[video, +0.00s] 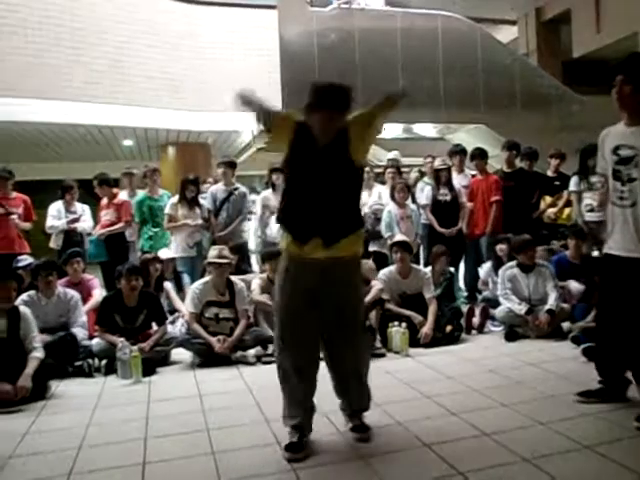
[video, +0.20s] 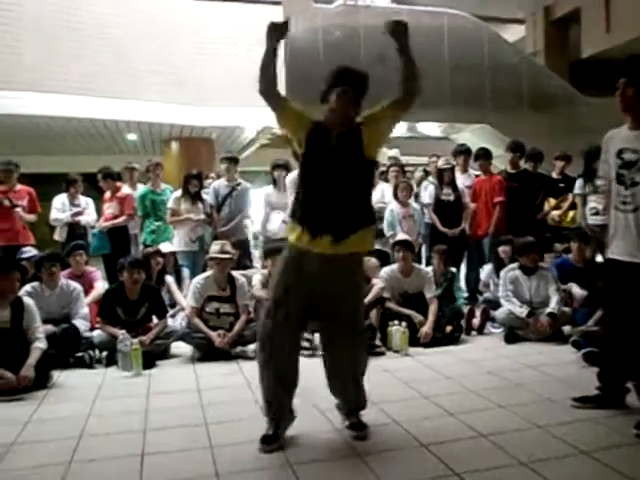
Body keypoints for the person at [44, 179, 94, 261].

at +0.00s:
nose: (73, 196)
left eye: (75, 193)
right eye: (70, 194)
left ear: (78, 194)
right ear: (64, 195)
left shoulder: (84, 208)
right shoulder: (55, 207)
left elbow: (89, 226)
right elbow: (49, 226)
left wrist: (76, 227)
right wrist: (66, 223)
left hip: (79, 239)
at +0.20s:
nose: (77, 190)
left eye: (78, 187)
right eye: (74, 187)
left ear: (81, 188)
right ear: (68, 188)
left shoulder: (88, 201)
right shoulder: (59, 199)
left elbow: (93, 219)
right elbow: (53, 219)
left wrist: (79, 220)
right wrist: (70, 216)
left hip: (82, 231)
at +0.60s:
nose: (61, 186)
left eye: (62, 183)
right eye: (57, 183)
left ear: (65, 183)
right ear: (51, 184)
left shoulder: (71, 197)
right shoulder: (42, 196)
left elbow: (76, 215)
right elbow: (36, 215)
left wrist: (62, 216)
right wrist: (54, 213)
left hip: (66, 229)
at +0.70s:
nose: (56, 187)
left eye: (58, 184)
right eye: (53, 185)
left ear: (60, 184)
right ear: (47, 185)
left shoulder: (67, 195)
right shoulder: (38, 194)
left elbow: (71, 215)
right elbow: (32, 216)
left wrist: (59, 218)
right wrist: (48, 215)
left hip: (62, 229)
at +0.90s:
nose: (54, 168)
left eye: (56, 165)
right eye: (51, 165)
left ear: (58, 165)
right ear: (45, 166)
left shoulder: (65, 177)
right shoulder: (36, 176)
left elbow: (70, 196)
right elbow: (30, 197)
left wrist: (58, 198)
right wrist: (47, 196)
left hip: (61, 209)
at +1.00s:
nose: (54, 167)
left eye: (56, 164)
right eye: (51, 164)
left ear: (58, 165)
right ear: (46, 165)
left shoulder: (65, 178)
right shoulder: (36, 177)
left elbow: (71, 196)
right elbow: (31, 196)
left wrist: (57, 197)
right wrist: (48, 194)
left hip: (61, 209)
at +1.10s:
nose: (55, 167)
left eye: (57, 164)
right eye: (52, 164)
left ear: (60, 165)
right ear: (47, 165)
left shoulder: (67, 178)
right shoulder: (37, 177)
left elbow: (72, 196)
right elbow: (32, 196)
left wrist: (58, 197)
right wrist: (49, 195)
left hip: (62, 210)